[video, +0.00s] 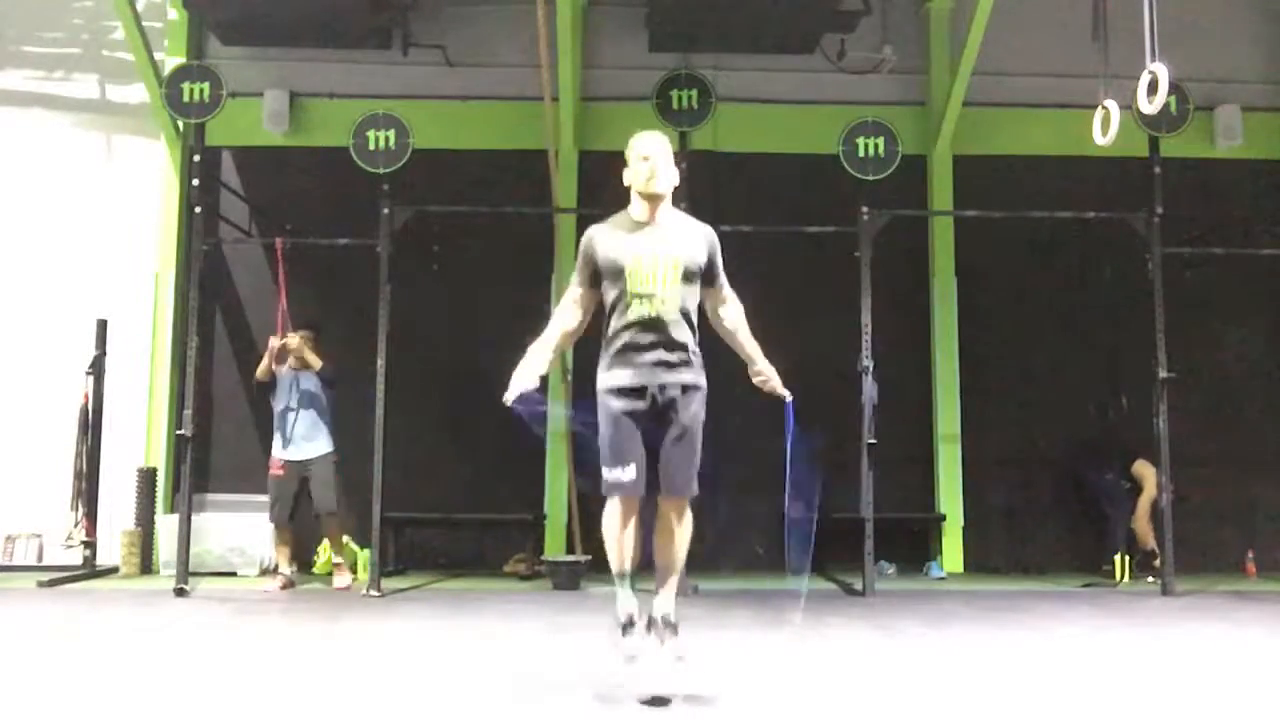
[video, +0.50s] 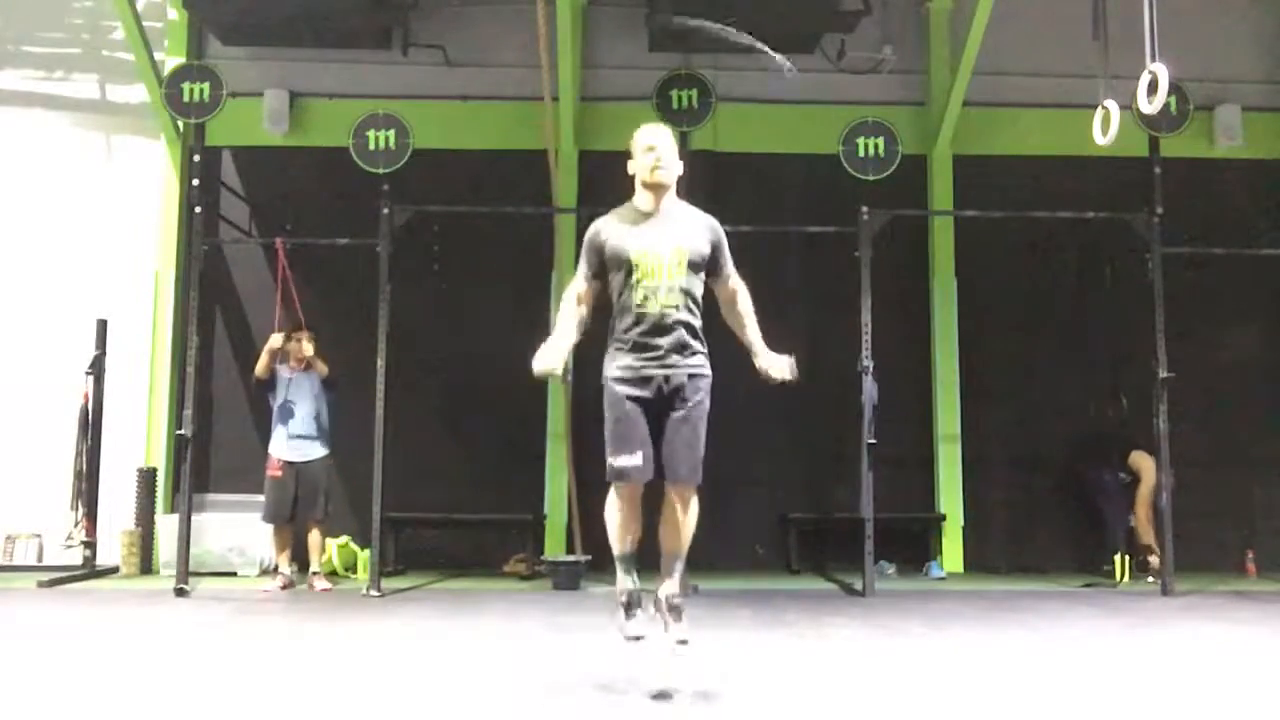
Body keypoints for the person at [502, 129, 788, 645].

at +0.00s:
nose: (652, 167)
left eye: (660, 159)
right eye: (642, 160)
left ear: (676, 171)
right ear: (626, 173)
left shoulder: (701, 237)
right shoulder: (600, 238)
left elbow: (723, 306)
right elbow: (575, 309)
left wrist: (758, 363)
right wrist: (536, 358)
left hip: (683, 379)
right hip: (621, 379)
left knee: (677, 497)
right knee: (625, 492)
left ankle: (665, 608)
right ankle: (624, 602)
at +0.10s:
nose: (657, 214)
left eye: (664, 205)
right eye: (648, 205)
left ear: (677, 213)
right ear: (629, 213)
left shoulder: (701, 275)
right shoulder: (600, 275)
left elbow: (722, 340)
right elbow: (569, 343)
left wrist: (774, 379)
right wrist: (514, 367)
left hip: (686, 424)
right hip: (622, 424)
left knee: (679, 540)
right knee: (625, 534)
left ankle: (665, 650)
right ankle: (626, 648)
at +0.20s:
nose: (659, 246)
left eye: (667, 237)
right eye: (649, 236)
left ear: (678, 246)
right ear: (629, 246)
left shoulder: (700, 311)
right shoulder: (602, 313)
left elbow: (728, 372)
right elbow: (571, 375)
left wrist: (775, 410)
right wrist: (535, 396)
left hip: (685, 456)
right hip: (624, 455)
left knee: (681, 567)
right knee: (629, 563)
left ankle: (663, 665)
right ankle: (635, 669)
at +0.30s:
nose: (655, 196)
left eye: (663, 187)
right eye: (645, 188)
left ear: (677, 197)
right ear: (628, 197)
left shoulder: (702, 259)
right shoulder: (603, 261)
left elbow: (729, 332)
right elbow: (576, 336)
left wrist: (765, 392)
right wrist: (532, 389)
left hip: (688, 407)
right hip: (625, 406)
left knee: (679, 527)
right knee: (623, 521)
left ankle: (670, 646)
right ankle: (625, 650)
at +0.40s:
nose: (654, 162)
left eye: (662, 154)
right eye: (645, 154)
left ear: (678, 167)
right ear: (629, 168)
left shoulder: (705, 231)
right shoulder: (604, 234)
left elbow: (734, 300)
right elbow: (572, 305)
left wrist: (778, 353)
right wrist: (525, 350)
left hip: (688, 373)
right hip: (626, 373)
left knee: (682, 489)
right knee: (627, 482)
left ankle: (670, 598)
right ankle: (625, 596)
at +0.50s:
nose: (657, 159)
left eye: (665, 152)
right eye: (647, 151)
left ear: (680, 165)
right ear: (631, 163)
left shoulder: (705, 228)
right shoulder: (604, 231)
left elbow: (732, 295)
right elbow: (580, 297)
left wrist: (761, 352)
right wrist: (558, 344)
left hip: (688, 370)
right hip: (626, 370)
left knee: (683, 483)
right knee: (629, 478)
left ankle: (671, 597)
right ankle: (628, 592)